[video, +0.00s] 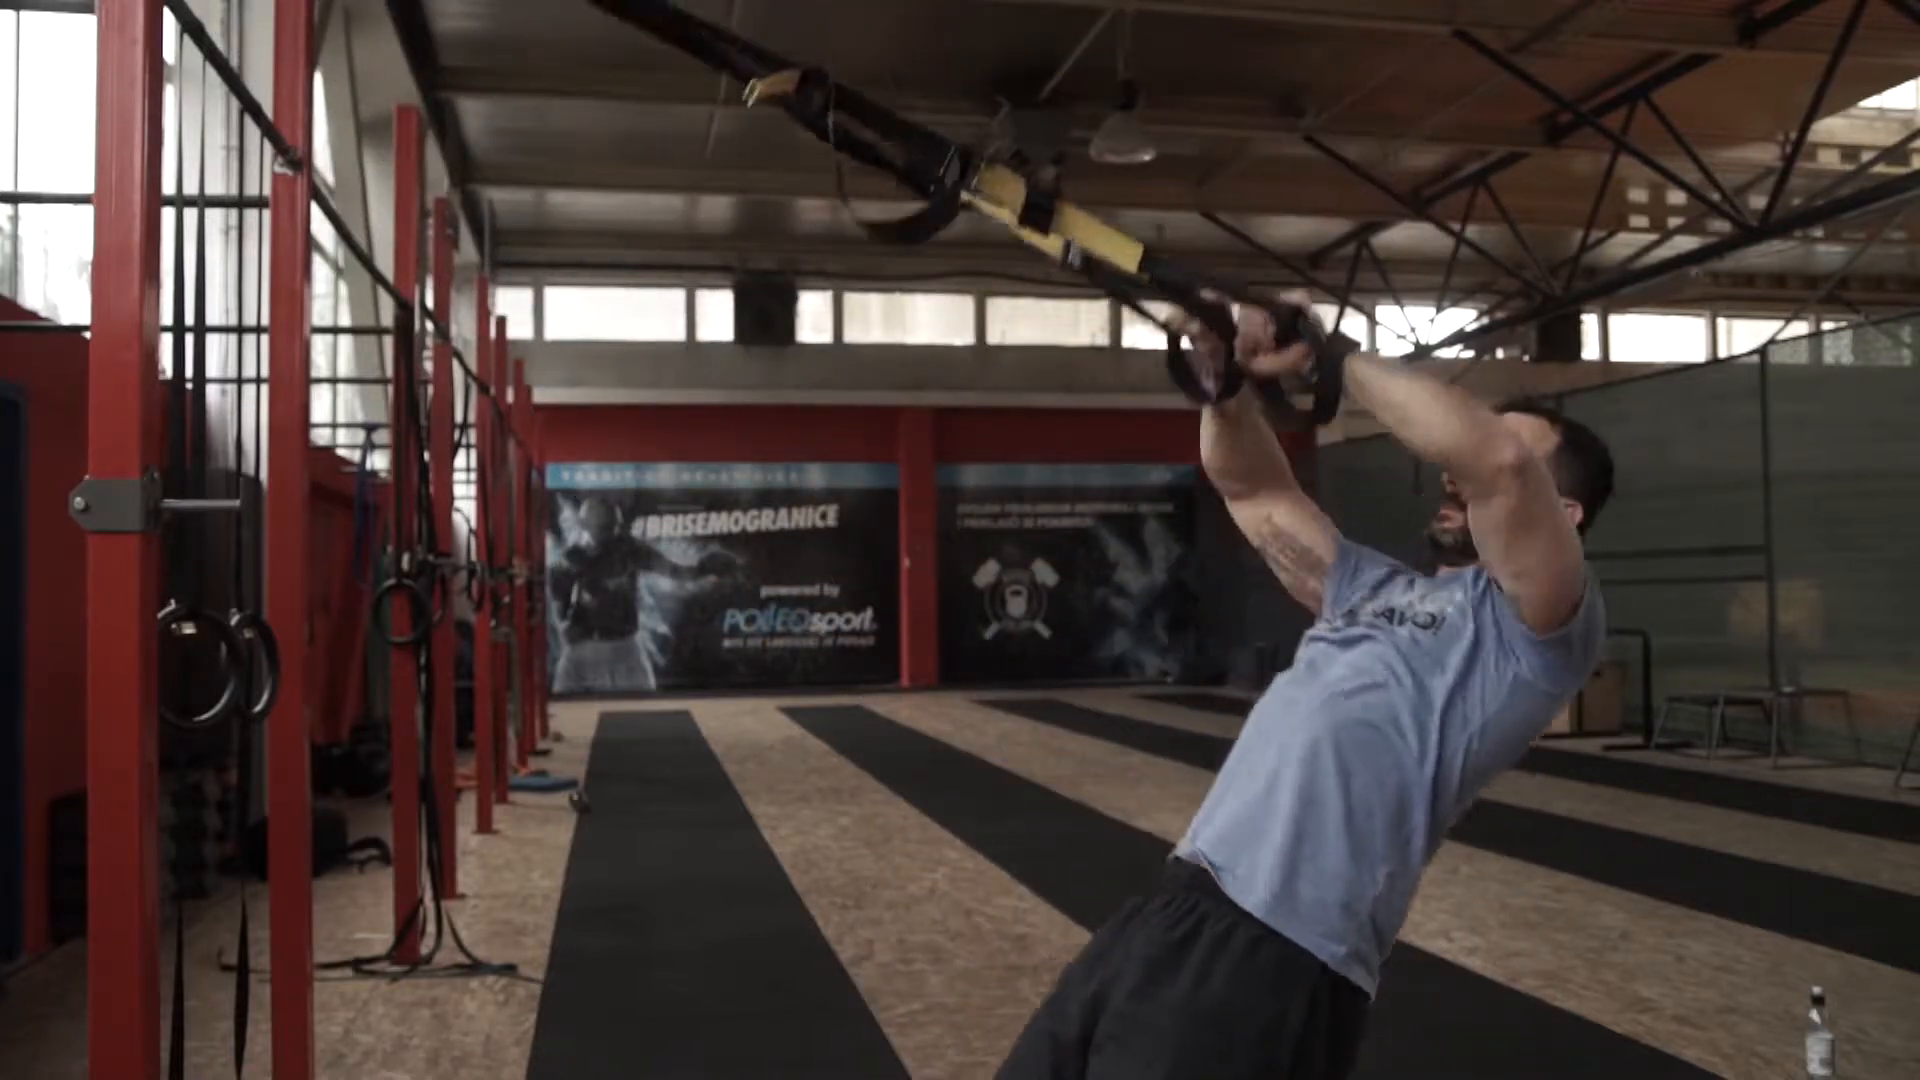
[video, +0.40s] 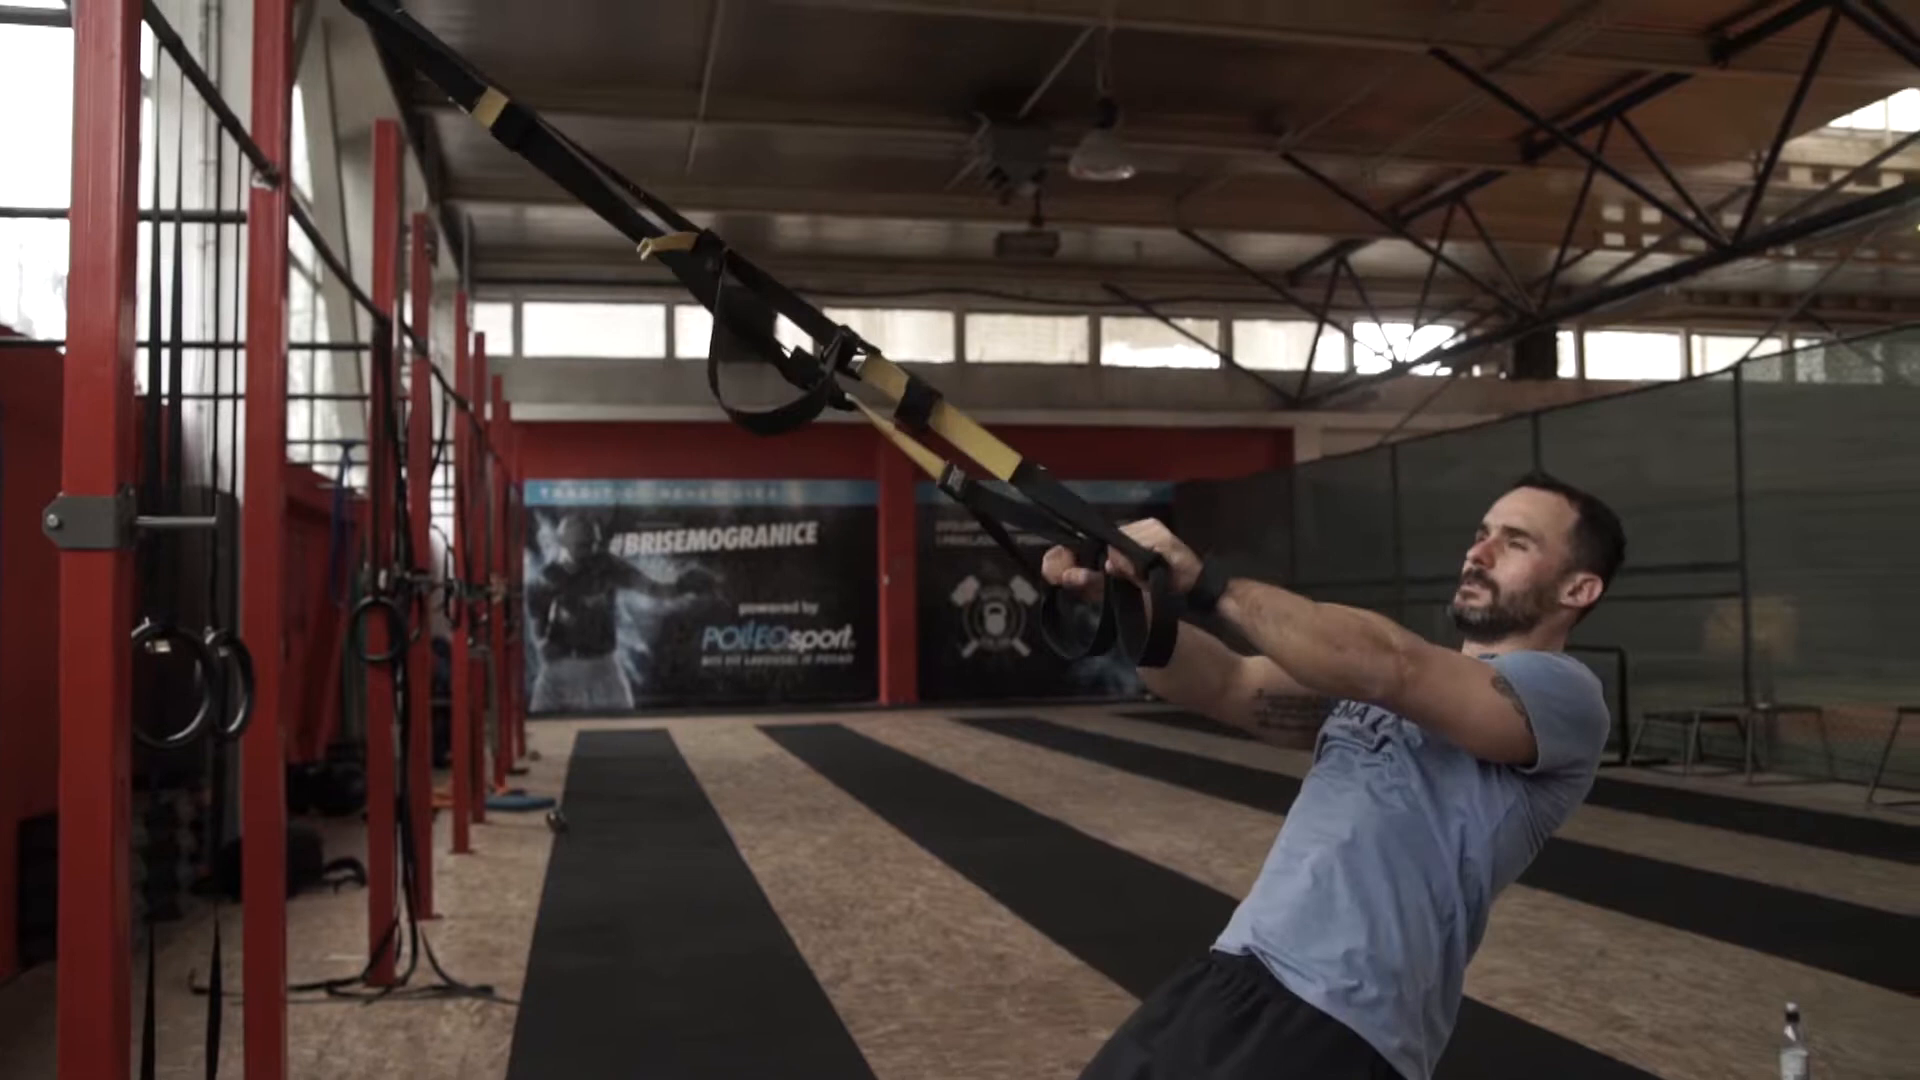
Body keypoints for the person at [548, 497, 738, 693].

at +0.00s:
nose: (601, 530)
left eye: (606, 523)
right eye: (595, 524)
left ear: (616, 521)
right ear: (584, 524)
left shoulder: (629, 549)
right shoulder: (573, 557)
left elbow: (672, 571)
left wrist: (701, 571)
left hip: (625, 647)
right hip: (581, 650)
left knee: (636, 715)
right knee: (572, 717)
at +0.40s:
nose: (583, 549)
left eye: (588, 542)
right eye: (577, 543)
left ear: (595, 540)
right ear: (563, 542)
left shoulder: (607, 566)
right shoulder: (549, 576)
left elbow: (651, 589)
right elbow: (539, 635)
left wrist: (680, 588)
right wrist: (551, 619)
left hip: (603, 669)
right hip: (558, 672)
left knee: (614, 740)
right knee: (549, 741)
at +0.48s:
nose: (580, 571)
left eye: (583, 564)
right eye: (573, 565)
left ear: (590, 561)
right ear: (558, 563)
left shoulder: (601, 586)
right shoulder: (541, 599)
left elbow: (645, 609)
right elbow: (534, 656)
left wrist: (675, 607)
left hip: (599, 689)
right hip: (553, 692)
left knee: (612, 759)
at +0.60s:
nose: (569, 598)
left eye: (573, 591)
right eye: (563, 592)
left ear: (580, 588)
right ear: (547, 590)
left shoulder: (590, 614)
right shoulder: (529, 627)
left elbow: (634, 636)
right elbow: (525, 690)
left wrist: (664, 636)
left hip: (588, 717)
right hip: (542, 721)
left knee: (600, 788)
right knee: (534, 790)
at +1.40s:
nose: (541, 615)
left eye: (545, 608)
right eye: (534, 609)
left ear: (552, 606)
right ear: (519, 607)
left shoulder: (564, 632)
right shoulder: (502, 646)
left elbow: (608, 656)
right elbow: (495, 705)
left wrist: (637, 654)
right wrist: (509, 686)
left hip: (560, 736)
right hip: (513, 740)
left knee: (572, 808)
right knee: (505, 811)